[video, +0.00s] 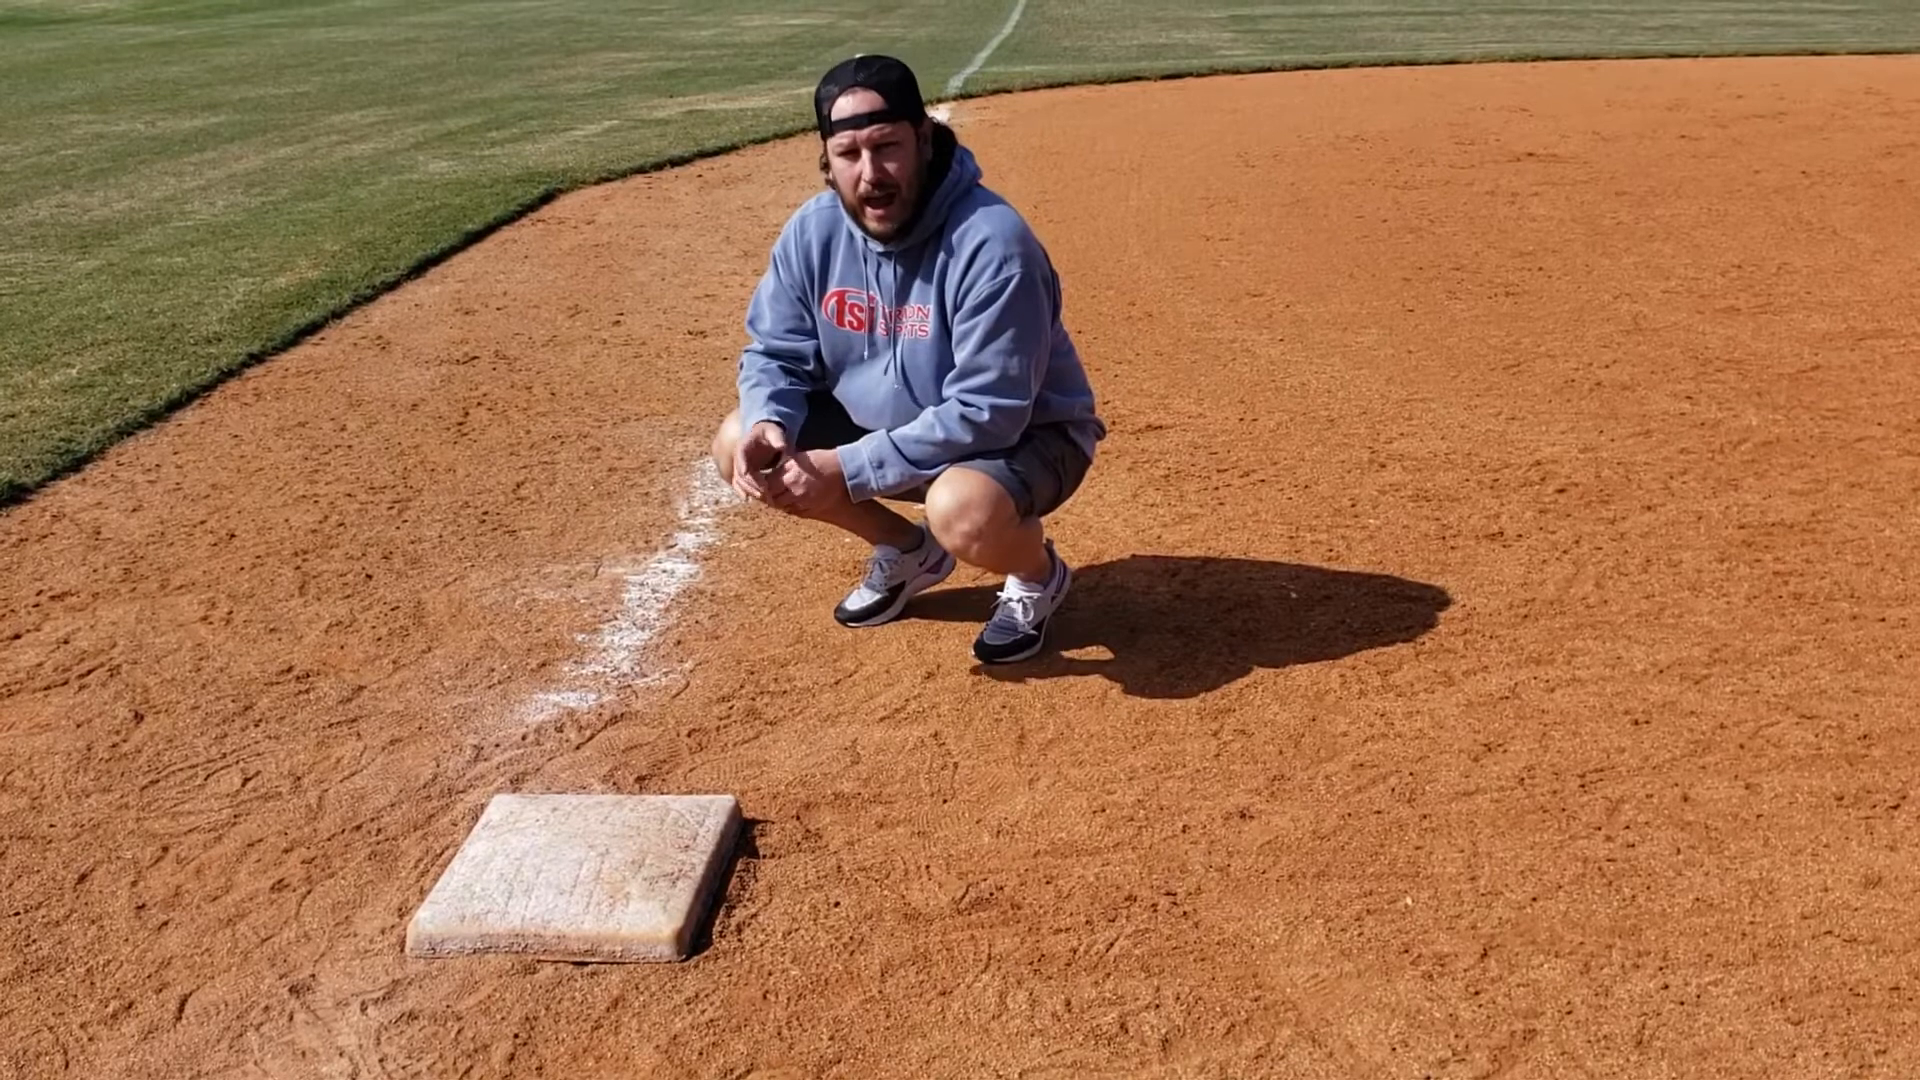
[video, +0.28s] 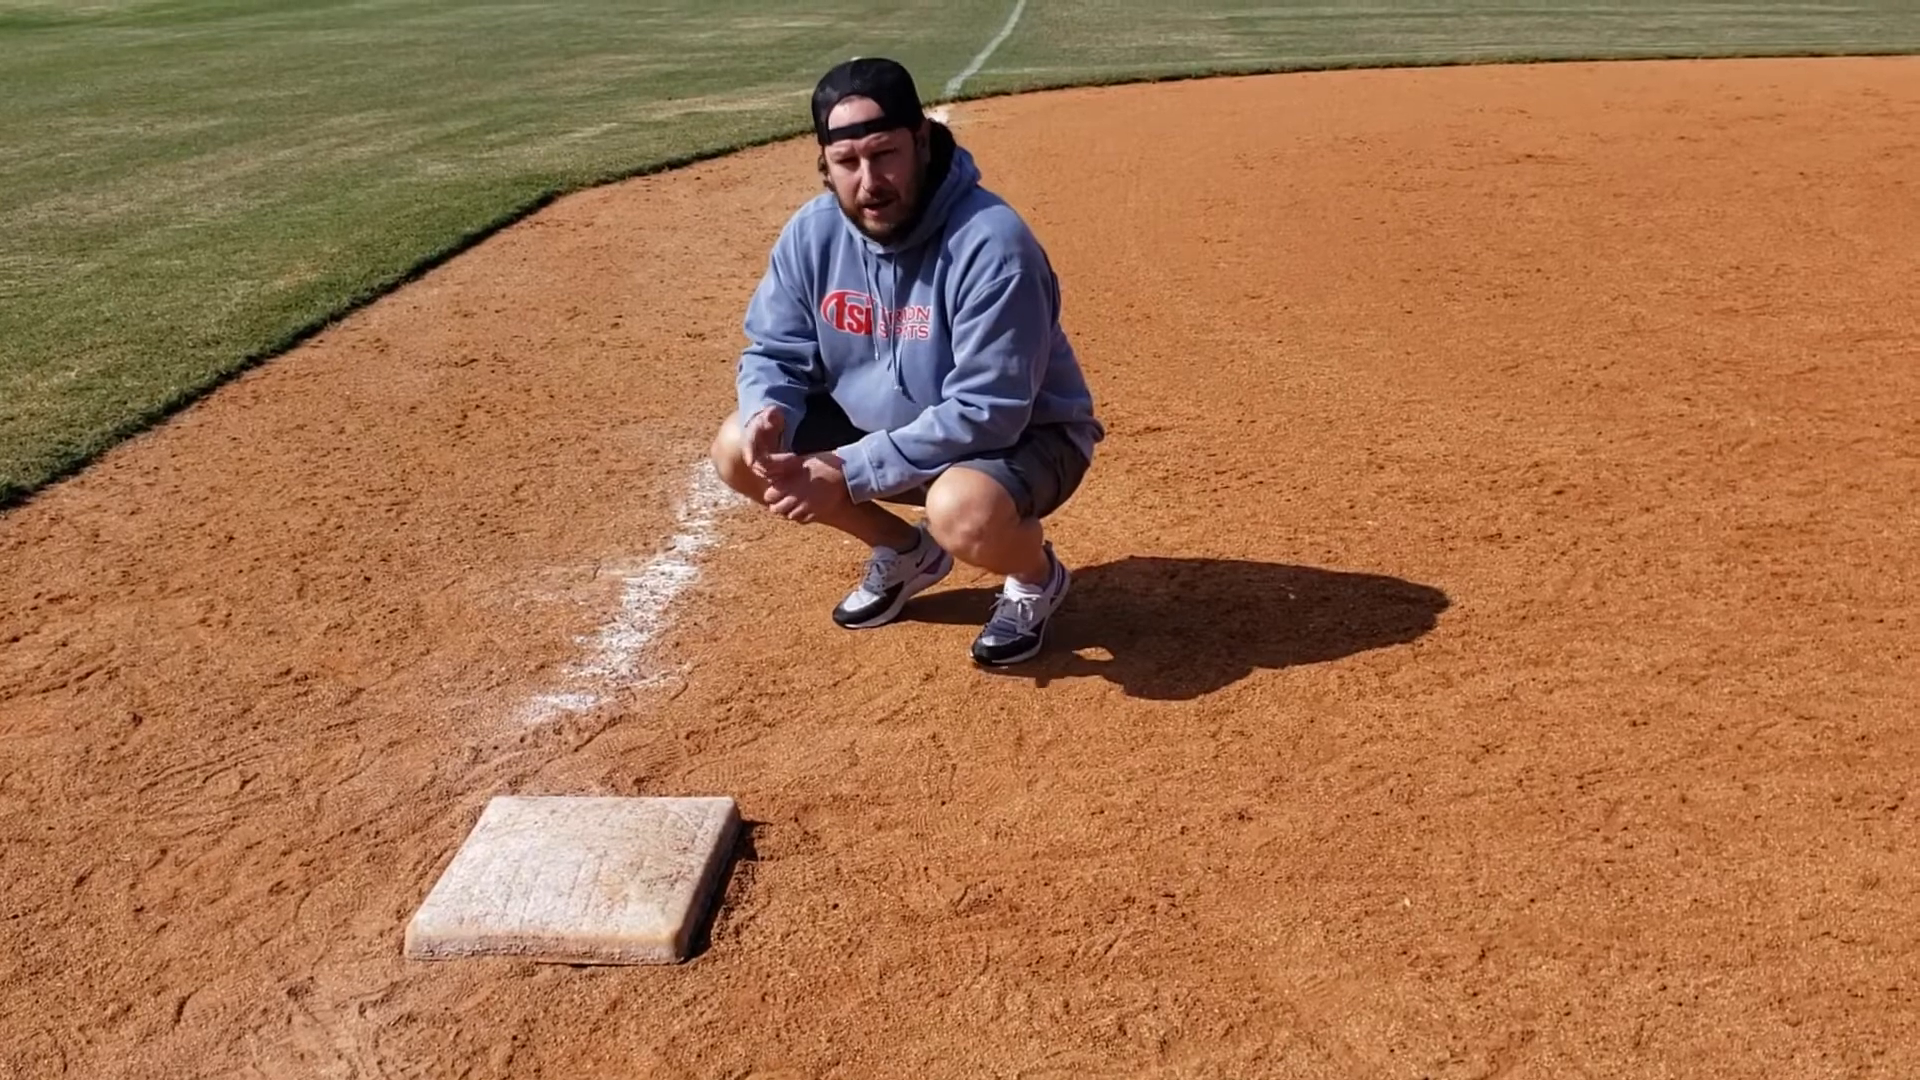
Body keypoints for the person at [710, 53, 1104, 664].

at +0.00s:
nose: (870, 174)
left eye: (887, 146)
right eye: (848, 154)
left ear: (925, 138)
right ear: (827, 161)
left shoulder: (992, 247)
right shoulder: (813, 232)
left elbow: (986, 415)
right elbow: (776, 351)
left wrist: (844, 470)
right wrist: (768, 424)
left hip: (1030, 433)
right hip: (893, 425)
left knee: (961, 510)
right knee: (743, 446)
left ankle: (1039, 576)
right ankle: (907, 549)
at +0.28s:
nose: (869, 183)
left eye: (885, 155)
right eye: (847, 161)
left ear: (923, 140)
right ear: (825, 164)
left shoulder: (991, 247)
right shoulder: (812, 233)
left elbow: (987, 414)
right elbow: (774, 350)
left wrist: (850, 471)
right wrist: (767, 415)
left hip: (1027, 435)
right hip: (891, 428)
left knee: (961, 511)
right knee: (740, 450)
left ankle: (1038, 578)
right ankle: (905, 550)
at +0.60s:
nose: (869, 187)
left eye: (886, 158)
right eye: (848, 164)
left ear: (923, 144)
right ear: (825, 164)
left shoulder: (990, 252)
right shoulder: (811, 234)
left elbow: (984, 417)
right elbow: (772, 352)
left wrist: (847, 472)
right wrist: (770, 429)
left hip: (1027, 436)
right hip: (890, 428)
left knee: (959, 511)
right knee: (738, 450)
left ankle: (1037, 579)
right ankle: (903, 551)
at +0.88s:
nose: (865, 187)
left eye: (882, 160)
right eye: (844, 165)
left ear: (919, 145)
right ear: (821, 165)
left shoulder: (986, 252)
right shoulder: (807, 236)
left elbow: (983, 418)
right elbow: (769, 354)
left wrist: (846, 473)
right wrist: (769, 432)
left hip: (1025, 438)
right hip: (889, 431)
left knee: (957, 513)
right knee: (736, 451)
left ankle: (1035, 580)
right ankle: (902, 552)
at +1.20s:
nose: (863, 187)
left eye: (879, 159)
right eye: (841, 164)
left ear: (918, 146)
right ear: (820, 168)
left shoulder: (986, 253)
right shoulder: (806, 239)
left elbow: (982, 420)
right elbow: (768, 359)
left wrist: (843, 475)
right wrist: (769, 436)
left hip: (1024, 437)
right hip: (887, 430)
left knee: (957, 514)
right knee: (736, 453)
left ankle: (1035, 580)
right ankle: (902, 553)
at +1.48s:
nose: (840, 202)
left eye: (858, 175)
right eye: (823, 178)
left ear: (907, 158)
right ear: (809, 172)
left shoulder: (985, 254)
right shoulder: (806, 238)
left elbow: (982, 421)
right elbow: (769, 356)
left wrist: (842, 475)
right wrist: (760, 421)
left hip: (1023, 440)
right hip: (889, 433)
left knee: (956, 516)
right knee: (737, 453)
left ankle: (1033, 582)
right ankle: (902, 554)